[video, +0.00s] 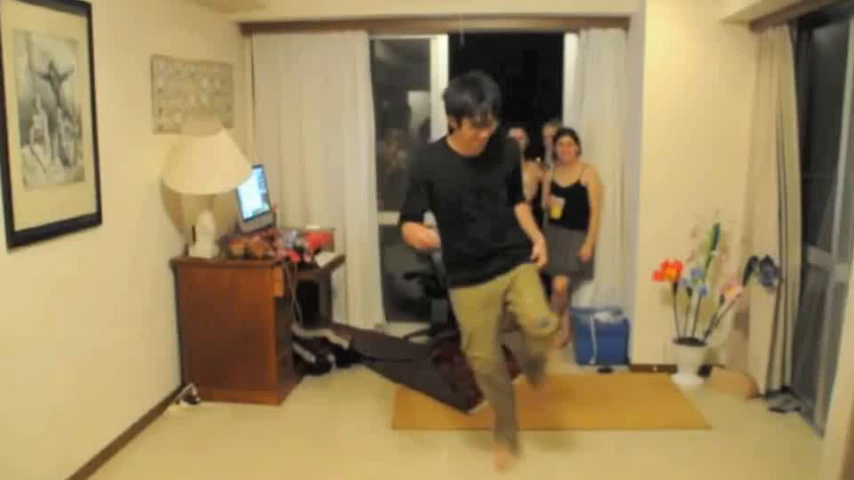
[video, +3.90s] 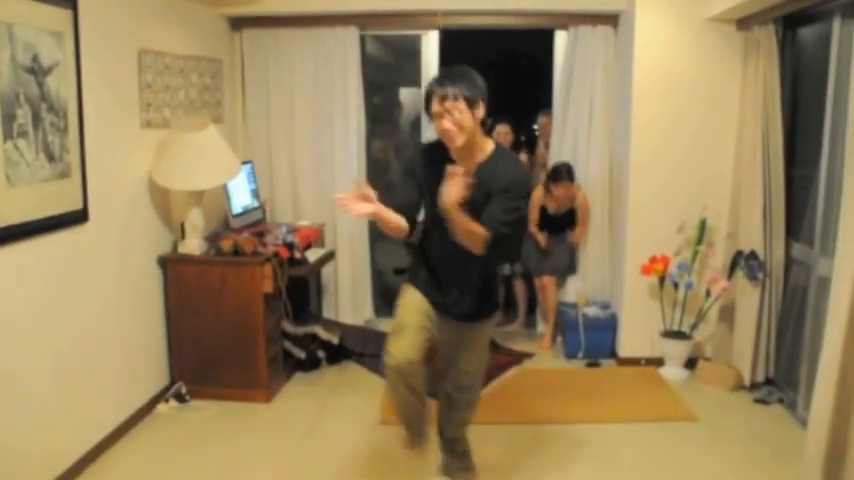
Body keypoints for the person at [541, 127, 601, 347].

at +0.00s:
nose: (566, 149)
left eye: (570, 144)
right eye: (561, 144)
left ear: (578, 148)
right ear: (555, 149)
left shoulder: (588, 173)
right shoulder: (551, 174)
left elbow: (595, 209)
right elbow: (544, 203)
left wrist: (589, 242)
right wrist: (550, 202)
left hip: (577, 232)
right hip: (554, 230)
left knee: (561, 284)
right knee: (560, 287)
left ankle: (556, 324)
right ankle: (565, 328)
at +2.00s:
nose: (562, 153)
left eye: (567, 148)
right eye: (558, 148)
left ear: (576, 150)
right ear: (554, 152)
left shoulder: (587, 176)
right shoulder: (548, 176)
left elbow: (594, 211)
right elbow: (540, 205)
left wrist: (589, 243)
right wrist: (549, 205)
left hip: (574, 235)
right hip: (552, 232)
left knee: (558, 286)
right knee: (554, 288)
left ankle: (545, 326)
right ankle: (559, 331)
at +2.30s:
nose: (561, 154)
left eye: (566, 149)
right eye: (558, 149)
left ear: (576, 151)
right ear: (552, 152)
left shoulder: (586, 175)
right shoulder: (547, 176)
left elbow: (597, 208)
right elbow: (540, 204)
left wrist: (576, 220)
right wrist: (548, 206)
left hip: (573, 233)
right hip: (550, 231)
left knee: (557, 287)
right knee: (552, 287)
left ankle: (544, 326)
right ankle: (557, 330)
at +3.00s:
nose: (567, 185)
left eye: (570, 180)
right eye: (563, 181)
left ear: (576, 175)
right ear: (553, 176)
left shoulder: (583, 187)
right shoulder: (541, 182)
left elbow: (587, 219)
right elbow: (529, 211)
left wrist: (575, 242)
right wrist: (544, 228)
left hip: (568, 234)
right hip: (542, 231)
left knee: (550, 283)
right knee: (543, 284)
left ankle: (549, 333)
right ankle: (551, 329)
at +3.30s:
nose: (565, 213)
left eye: (569, 210)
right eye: (562, 209)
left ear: (576, 204)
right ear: (555, 198)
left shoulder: (580, 208)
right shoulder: (542, 194)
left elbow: (582, 238)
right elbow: (526, 220)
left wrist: (583, 273)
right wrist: (540, 244)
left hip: (565, 240)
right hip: (538, 237)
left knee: (548, 284)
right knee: (540, 286)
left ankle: (551, 333)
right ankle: (550, 328)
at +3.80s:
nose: (568, 211)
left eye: (570, 207)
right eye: (564, 207)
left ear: (574, 202)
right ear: (553, 201)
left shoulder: (578, 208)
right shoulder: (538, 199)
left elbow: (581, 238)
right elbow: (528, 227)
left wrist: (582, 269)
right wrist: (539, 246)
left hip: (564, 240)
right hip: (540, 239)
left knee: (548, 282)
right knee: (540, 283)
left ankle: (550, 330)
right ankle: (550, 327)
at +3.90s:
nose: (563, 194)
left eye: (567, 188)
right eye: (559, 188)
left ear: (573, 186)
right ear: (550, 187)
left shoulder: (579, 197)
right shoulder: (539, 194)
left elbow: (582, 222)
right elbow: (532, 223)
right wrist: (538, 236)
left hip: (563, 235)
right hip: (541, 233)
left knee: (548, 279)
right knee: (539, 281)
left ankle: (550, 329)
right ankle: (550, 325)